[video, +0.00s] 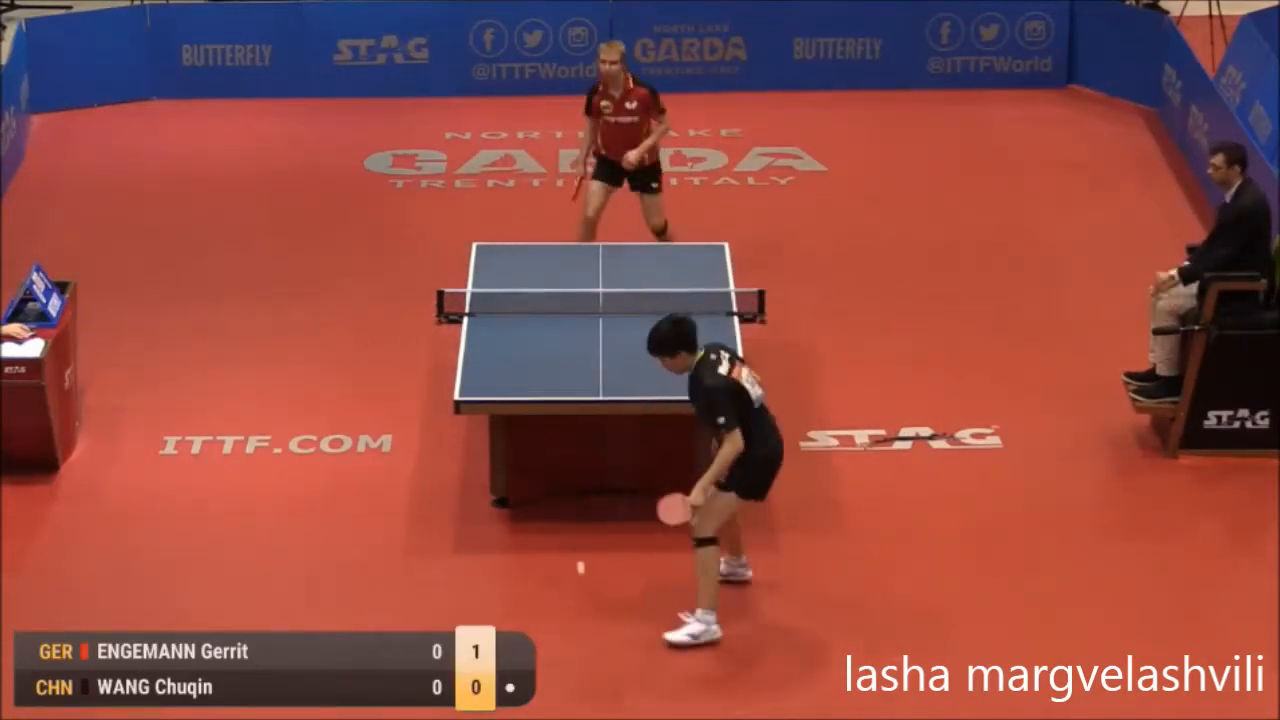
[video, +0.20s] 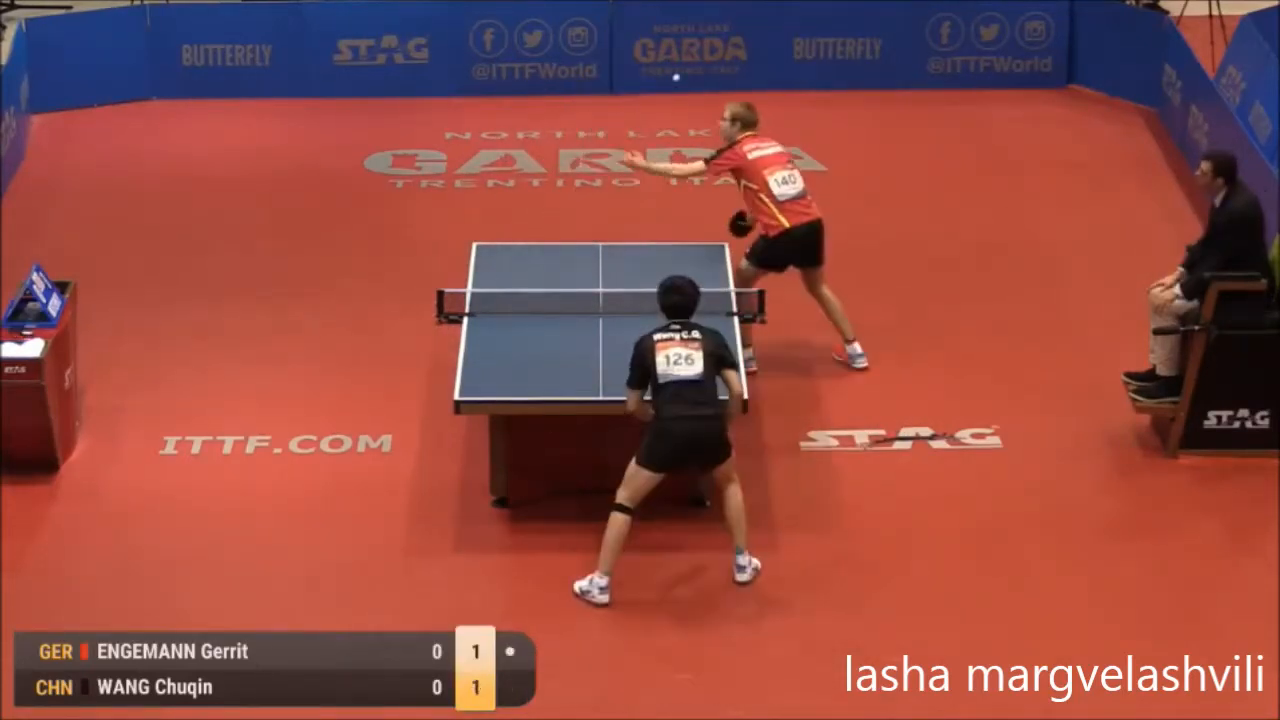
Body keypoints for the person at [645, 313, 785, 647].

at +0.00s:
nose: (663, 365)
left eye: (663, 358)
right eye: (661, 359)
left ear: (678, 354)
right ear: (688, 345)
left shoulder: (708, 382)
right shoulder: (715, 352)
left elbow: (735, 442)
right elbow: (745, 385)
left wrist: (704, 485)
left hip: (754, 455)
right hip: (764, 441)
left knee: (702, 523)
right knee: (721, 499)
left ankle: (706, 619)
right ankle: (735, 562)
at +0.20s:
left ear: (661, 306)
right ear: (695, 306)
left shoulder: (647, 342)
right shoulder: (712, 337)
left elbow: (634, 406)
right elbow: (738, 392)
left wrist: (662, 416)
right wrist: (725, 422)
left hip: (667, 432)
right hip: (710, 429)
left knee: (625, 502)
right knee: (729, 482)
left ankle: (600, 580)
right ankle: (742, 560)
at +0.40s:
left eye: (664, 285)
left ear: (659, 291)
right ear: (693, 290)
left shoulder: (645, 328)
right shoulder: (712, 324)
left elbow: (632, 389)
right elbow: (737, 375)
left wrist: (649, 405)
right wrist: (722, 399)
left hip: (660, 420)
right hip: (705, 421)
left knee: (616, 479)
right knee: (725, 483)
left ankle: (599, 557)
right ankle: (742, 560)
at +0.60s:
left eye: (642, 291)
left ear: (636, 297)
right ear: (670, 295)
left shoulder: (624, 335)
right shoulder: (691, 329)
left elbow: (612, 394)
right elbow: (718, 377)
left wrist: (636, 399)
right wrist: (692, 386)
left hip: (639, 427)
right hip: (685, 427)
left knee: (590, 473)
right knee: (719, 481)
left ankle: (554, 543)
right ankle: (741, 559)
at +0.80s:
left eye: (596, 286)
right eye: (614, 286)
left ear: (589, 293)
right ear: (621, 293)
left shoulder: (570, 329)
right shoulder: (635, 333)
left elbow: (540, 375)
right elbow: (657, 380)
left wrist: (565, 366)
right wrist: (640, 360)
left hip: (578, 428)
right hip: (622, 430)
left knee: (540, 466)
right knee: (673, 482)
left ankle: (537, 546)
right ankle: (722, 548)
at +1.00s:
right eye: (572, 287)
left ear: (545, 289)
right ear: (576, 291)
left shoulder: (525, 317)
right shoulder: (588, 329)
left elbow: (480, 335)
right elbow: (616, 376)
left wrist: (501, 349)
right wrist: (602, 368)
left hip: (515, 413)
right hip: (559, 420)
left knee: (483, 454)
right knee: (610, 474)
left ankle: (450, 520)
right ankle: (588, 556)